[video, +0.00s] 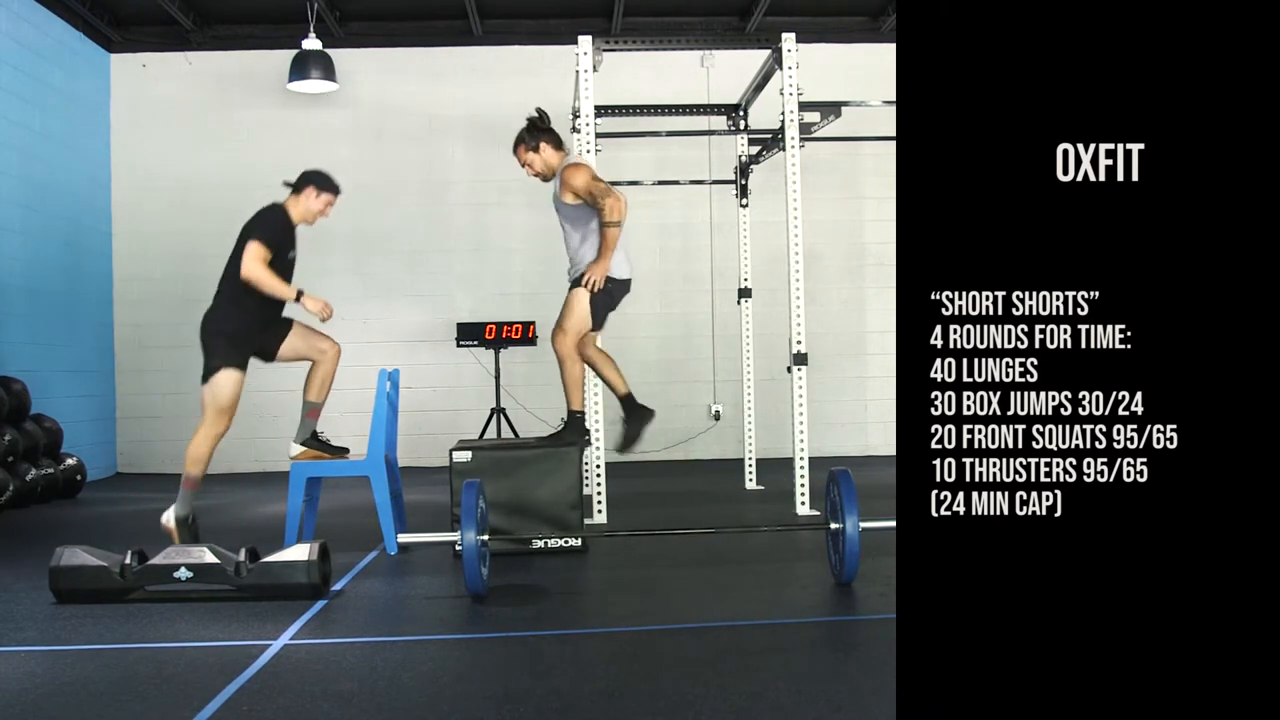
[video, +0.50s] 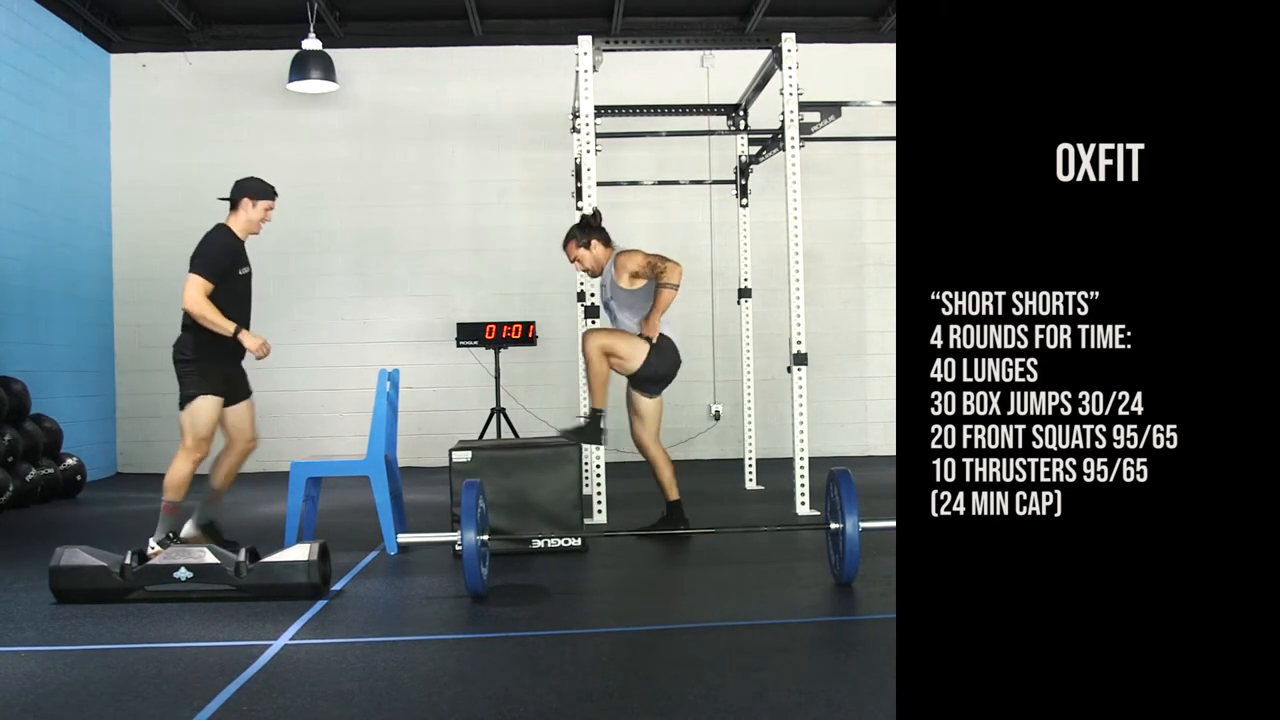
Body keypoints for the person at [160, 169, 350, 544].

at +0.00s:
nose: (327, 212)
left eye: (330, 206)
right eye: (326, 204)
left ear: (310, 197)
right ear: (308, 194)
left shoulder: (285, 229)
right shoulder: (271, 219)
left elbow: (257, 278)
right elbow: (251, 269)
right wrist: (303, 297)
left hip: (261, 327)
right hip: (229, 326)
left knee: (327, 350)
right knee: (216, 422)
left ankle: (307, 438)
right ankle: (180, 512)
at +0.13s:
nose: (299, 238)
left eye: (303, 231)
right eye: (298, 229)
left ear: (282, 223)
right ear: (279, 220)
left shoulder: (259, 255)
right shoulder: (245, 253)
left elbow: (249, 314)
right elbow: (236, 312)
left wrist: (289, 333)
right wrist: (293, 329)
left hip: (243, 354)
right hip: (214, 360)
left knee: (315, 350)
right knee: (210, 452)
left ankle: (304, 437)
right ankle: (165, 536)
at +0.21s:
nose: (289, 234)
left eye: (292, 228)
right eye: (287, 226)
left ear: (269, 221)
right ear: (268, 219)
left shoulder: (247, 252)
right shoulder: (234, 252)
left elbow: (231, 314)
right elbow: (223, 314)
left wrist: (270, 340)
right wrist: (276, 336)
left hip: (232, 353)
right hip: (205, 359)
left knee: (308, 350)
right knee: (206, 452)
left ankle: (296, 437)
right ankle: (164, 537)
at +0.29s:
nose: (280, 226)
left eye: (282, 220)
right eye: (277, 218)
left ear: (260, 213)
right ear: (258, 210)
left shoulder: (241, 246)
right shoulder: (225, 245)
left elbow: (225, 307)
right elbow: (210, 308)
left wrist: (254, 341)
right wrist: (263, 333)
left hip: (230, 348)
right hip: (201, 351)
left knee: (302, 363)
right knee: (196, 448)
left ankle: (260, 439)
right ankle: (163, 537)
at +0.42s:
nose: (271, 219)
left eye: (273, 213)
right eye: (268, 211)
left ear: (251, 208)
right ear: (248, 206)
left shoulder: (236, 245)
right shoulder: (219, 242)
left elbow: (214, 304)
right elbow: (197, 303)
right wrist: (249, 332)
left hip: (226, 355)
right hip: (197, 354)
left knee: (277, 414)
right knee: (187, 446)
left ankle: (220, 483)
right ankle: (162, 537)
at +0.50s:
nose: (268, 218)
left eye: (270, 212)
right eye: (265, 210)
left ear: (249, 208)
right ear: (243, 205)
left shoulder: (236, 245)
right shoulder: (218, 242)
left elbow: (218, 302)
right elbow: (192, 300)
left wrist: (240, 344)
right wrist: (242, 334)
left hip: (225, 359)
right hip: (199, 359)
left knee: (243, 441)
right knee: (195, 448)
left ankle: (202, 524)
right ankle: (163, 537)